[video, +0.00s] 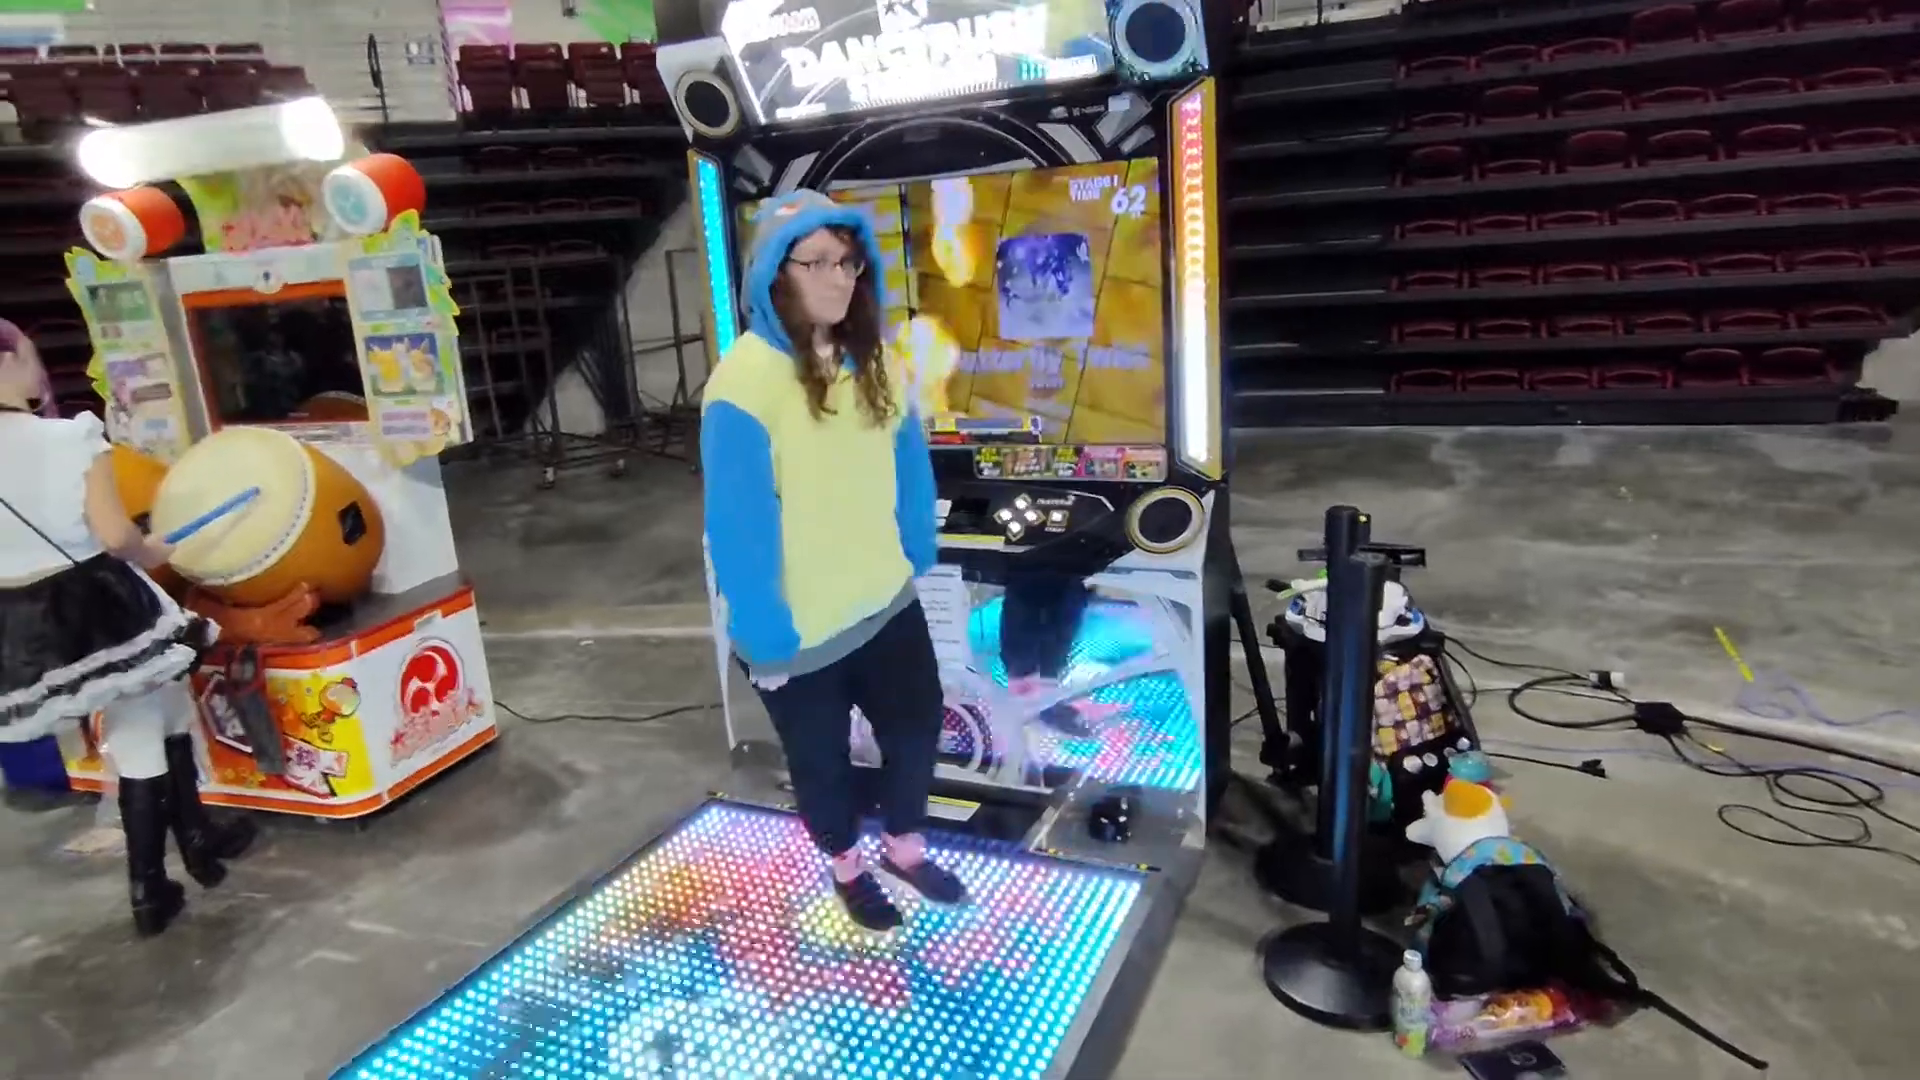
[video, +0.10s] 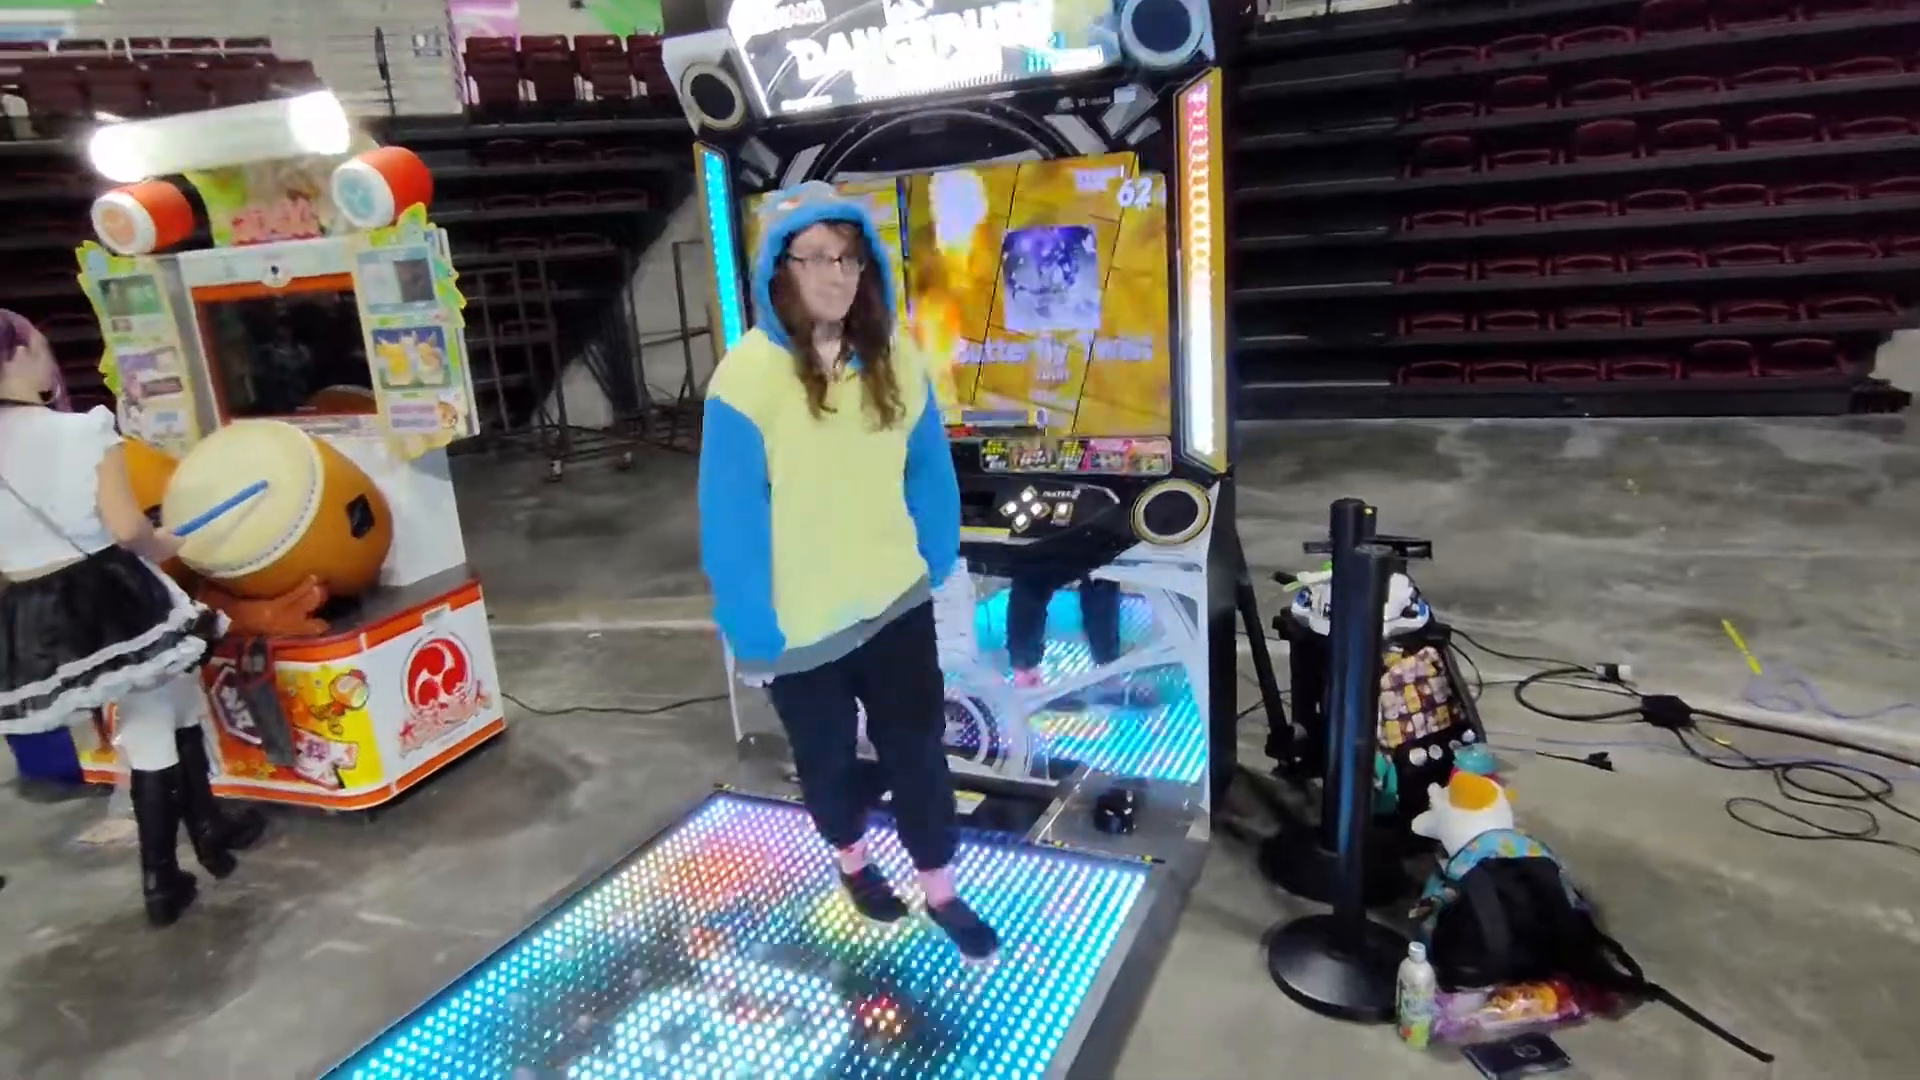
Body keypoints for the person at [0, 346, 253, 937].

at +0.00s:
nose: (36, 362)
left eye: (30, 353)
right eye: (28, 354)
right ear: (15, 363)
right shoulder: (72, 438)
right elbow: (113, 536)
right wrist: (152, 550)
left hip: (20, 632)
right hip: (93, 619)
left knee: (165, 697)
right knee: (138, 730)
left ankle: (198, 838)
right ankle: (147, 886)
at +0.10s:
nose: (52, 363)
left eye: (46, 349)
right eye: (44, 350)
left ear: (2, 361)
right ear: (16, 355)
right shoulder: (80, 431)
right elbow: (126, 529)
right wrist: (160, 546)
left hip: (28, 620)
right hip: (106, 607)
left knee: (178, 689)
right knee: (150, 720)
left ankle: (209, 828)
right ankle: (160, 877)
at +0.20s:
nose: (60, 357)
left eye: (54, 346)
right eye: (51, 346)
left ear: (5, 364)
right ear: (27, 355)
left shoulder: (4, 440)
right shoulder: (90, 429)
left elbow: (12, 555)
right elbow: (133, 526)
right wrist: (170, 541)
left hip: (44, 614)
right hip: (120, 600)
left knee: (186, 681)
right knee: (158, 717)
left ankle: (218, 822)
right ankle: (169, 871)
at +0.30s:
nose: (65, 354)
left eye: (59, 343)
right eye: (56, 344)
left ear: (8, 361)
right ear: (32, 352)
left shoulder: (5, 436)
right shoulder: (95, 425)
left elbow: (15, 548)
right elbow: (139, 521)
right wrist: (174, 535)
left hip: (50, 607)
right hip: (124, 592)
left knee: (191, 679)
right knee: (163, 714)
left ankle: (223, 818)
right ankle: (175, 866)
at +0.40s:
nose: (70, 350)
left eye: (65, 339)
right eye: (62, 340)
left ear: (14, 356)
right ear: (36, 348)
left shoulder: (6, 431)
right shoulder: (97, 421)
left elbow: (15, 543)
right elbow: (148, 516)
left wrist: (65, 546)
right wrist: (179, 531)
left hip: (57, 598)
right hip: (127, 585)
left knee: (197, 674)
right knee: (171, 706)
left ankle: (229, 809)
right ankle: (183, 861)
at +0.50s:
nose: (79, 347)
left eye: (73, 335)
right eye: (70, 336)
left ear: (18, 356)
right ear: (45, 347)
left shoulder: (8, 434)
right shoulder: (111, 420)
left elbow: (11, 537)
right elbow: (157, 514)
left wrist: (58, 544)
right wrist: (192, 529)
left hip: (69, 598)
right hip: (142, 585)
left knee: (208, 670)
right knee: (178, 705)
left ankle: (239, 807)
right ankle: (191, 857)